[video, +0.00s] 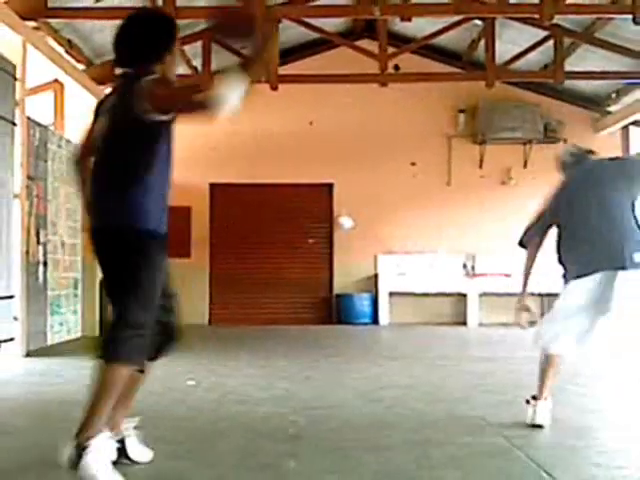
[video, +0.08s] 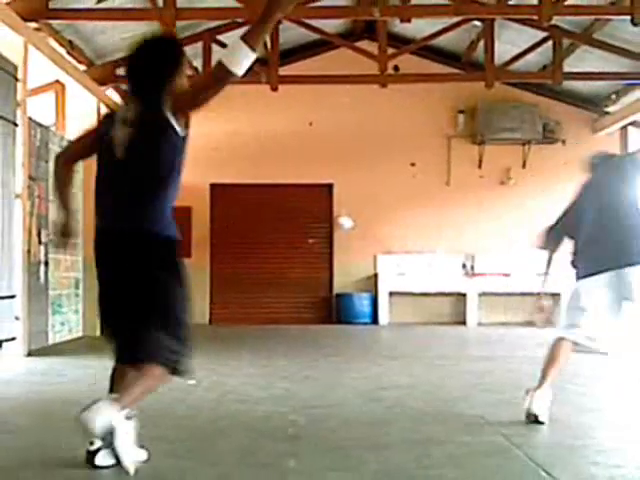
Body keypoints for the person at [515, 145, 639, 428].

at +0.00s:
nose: (562, 177)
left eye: (561, 172)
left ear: (565, 169)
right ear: (591, 158)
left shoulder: (564, 194)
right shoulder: (623, 167)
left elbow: (534, 238)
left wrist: (523, 292)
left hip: (587, 269)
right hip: (632, 262)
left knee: (557, 332)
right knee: (628, 339)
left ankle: (542, 401)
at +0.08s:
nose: (590, 177)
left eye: (592, 173)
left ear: (596, 170)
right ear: (618, 165)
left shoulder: (591, 190)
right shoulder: (634, 173)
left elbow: (562, 228)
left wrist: (549, 240)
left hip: (595, 270)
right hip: (633, 263)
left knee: (569, 333)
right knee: (631, 340)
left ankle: (542, 391)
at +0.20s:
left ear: (616, 165)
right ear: (634, 164)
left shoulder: (610, 188)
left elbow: (583, 235)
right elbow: (584, 235)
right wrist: (571, 278)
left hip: (612, 276)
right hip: (632, 273)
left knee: (591, 339)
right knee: (592, 339)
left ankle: (553, 386)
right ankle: (554, 386)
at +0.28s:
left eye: (624, 159)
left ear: (625, 161)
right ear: (636, 160)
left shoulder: (616, 189)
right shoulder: (622, 188)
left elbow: (594, 237)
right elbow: (594, 236)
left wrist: (588, 282)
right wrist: (589, 281)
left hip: (613, 280)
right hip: (631, 279)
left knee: (609, 341)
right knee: (612, 341)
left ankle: (584, 389)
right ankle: (583, 389)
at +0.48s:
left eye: (610, 141)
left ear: (611, 141)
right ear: (635, 143)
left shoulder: (592, 170)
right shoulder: (637, 162)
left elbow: (586, 214)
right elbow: (587, 215)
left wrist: (594, 252)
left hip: (607, 251)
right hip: (635, 247)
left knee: (605, 316)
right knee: (632, 316)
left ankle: (619, 377)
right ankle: (620, 376)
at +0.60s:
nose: (594, 155)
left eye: (596, 151)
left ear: (598, 151)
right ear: (621, 151)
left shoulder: (586, 177)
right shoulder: (633, 176)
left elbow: (581, 222)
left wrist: (579, 255)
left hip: (600, 256)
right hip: (633, 254)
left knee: (593, 322)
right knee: (634, 324)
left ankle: (607, 377)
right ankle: (636, 380)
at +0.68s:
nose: (567, 156)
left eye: (568, 150)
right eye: (568, 151)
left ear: (575, 150)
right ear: (592, 149)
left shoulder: (577, 173)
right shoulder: (609, 174)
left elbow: (574, 214)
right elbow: (629, 219)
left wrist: (561, 244)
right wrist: (620, 242)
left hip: (591, 259)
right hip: (624, 260)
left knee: (564, 314)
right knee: (627, 326)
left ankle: (584, 373)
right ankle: (627, 378)